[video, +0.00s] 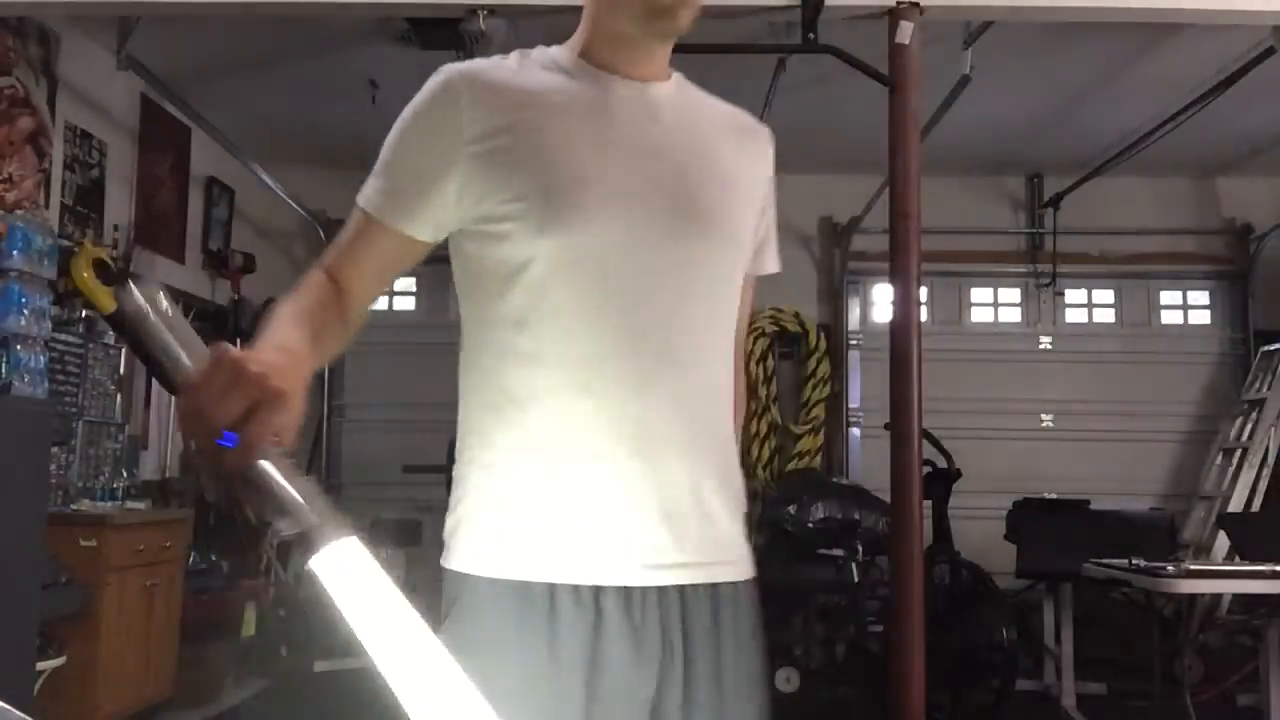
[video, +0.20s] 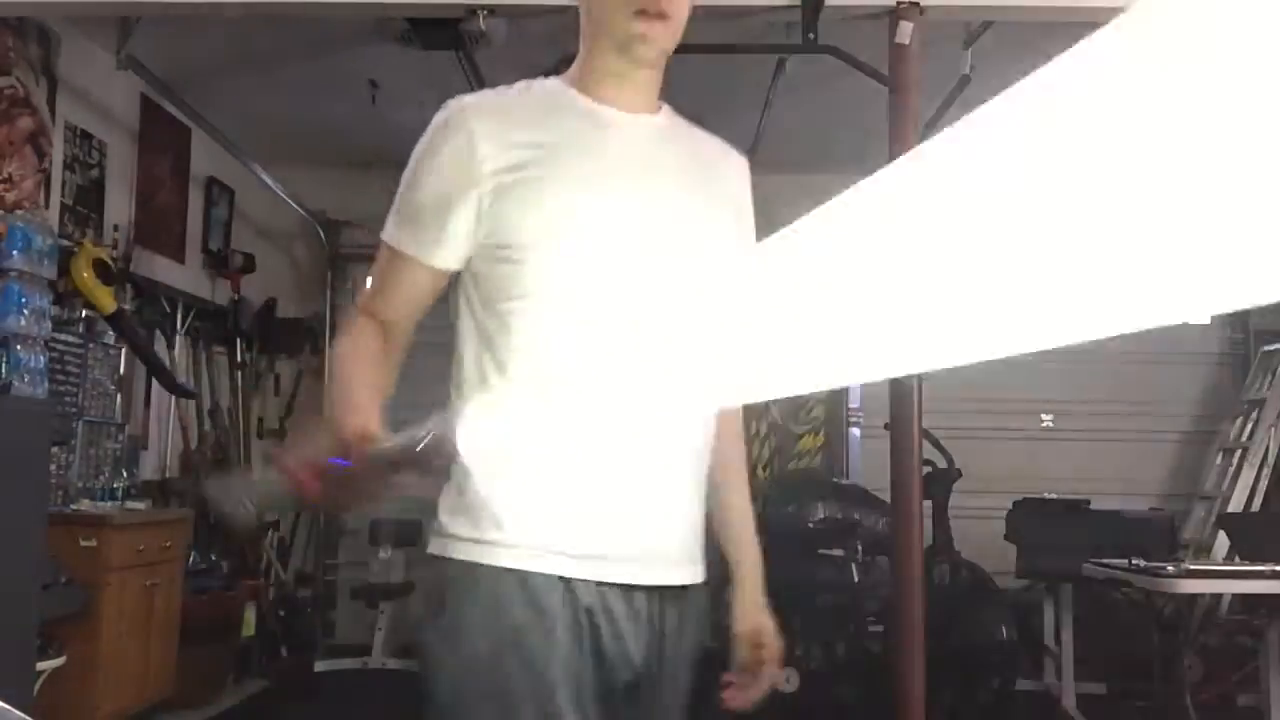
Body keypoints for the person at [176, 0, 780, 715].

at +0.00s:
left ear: (706, 1)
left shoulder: (745, 143)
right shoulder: (472, 101)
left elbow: (729, 367)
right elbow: (341, 282)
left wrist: (722, 536)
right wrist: (280, 360)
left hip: (709, 594)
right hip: (527, 594)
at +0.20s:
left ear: (691, 8)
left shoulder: (722, 173)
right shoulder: (480, 132)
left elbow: (721, 404)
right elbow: (380, 321)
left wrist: (748, 585)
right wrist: (357, 431)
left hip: (670, 595)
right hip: (509, 583)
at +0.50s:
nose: (632, 9)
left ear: (671, 20)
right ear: (560, 16)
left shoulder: (690, 196)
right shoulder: (484, 142)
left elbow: (696, 404)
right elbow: (424, 362)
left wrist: (760, 571)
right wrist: (537, 424)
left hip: (638, 586)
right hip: (506, 575)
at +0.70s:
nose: (615, 9)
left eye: (635, 0)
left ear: (656, 37)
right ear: (548, 28)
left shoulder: (676, 203)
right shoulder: (475, 138)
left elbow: (674, 401)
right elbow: (433, 357)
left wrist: (713, 580)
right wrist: (571, 343)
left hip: (634, 563)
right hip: (504, 554)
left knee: (622, 708)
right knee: (491, 711)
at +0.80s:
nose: (610, 9)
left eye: (632, 1)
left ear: (653, 41)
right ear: (545, 30)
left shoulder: (681, 203)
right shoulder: (470, 144)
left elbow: (675, 403)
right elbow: (360, 327)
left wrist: (682, 553)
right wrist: (530, 347)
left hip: (639, 562)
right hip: (502, 556)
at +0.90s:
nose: (606, 10)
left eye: (628, 2)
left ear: (651, 41)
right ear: (544, 32)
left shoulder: (680, 204)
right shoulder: (462, 150)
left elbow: (673, 410)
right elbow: (294, 291)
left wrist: (679, 582)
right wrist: (440, 364)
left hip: (635, 573)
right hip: (497, 562)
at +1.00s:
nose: (600, 10)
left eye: (623, 2)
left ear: (647, 41)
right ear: (538, 30)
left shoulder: (664, 201)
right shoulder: (456, 150)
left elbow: (673, 403)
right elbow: (269, 273)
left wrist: (681, 577)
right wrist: (381, 371)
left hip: (633, 571)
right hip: (495, 561)